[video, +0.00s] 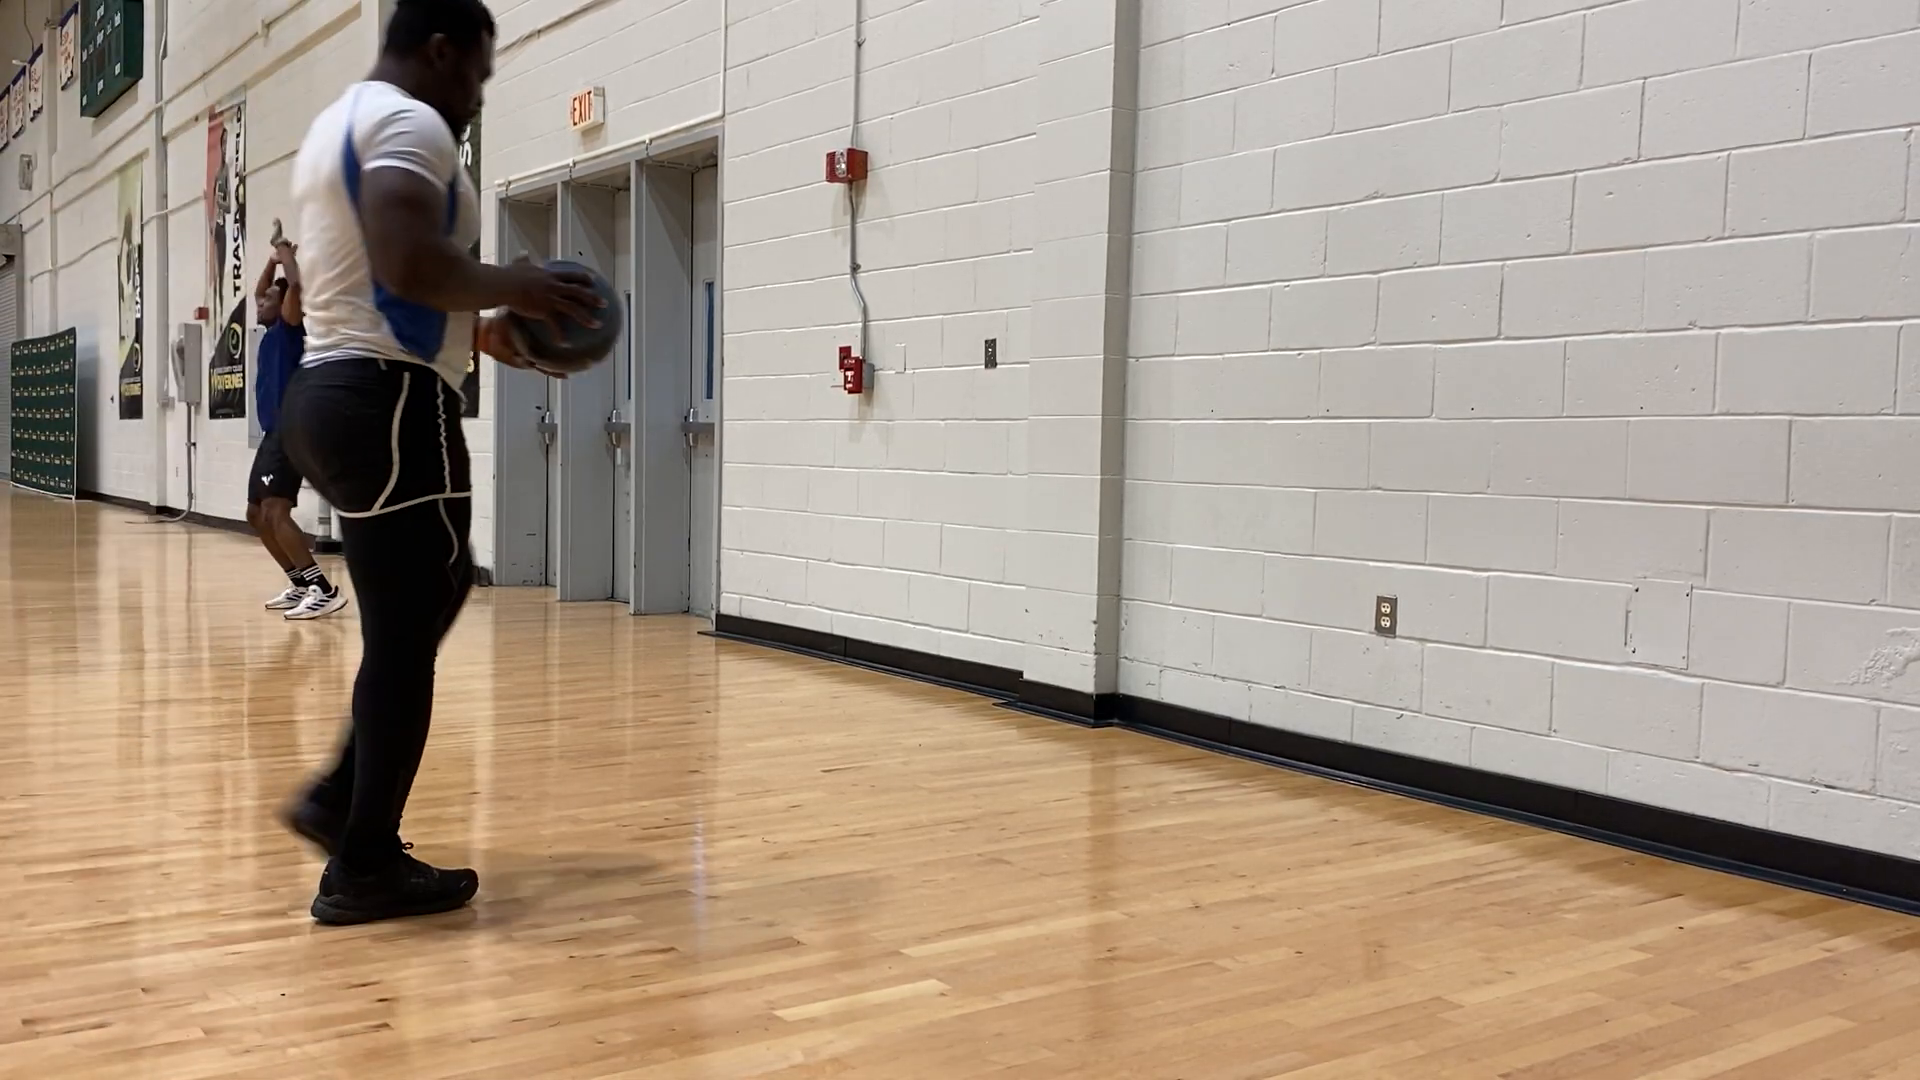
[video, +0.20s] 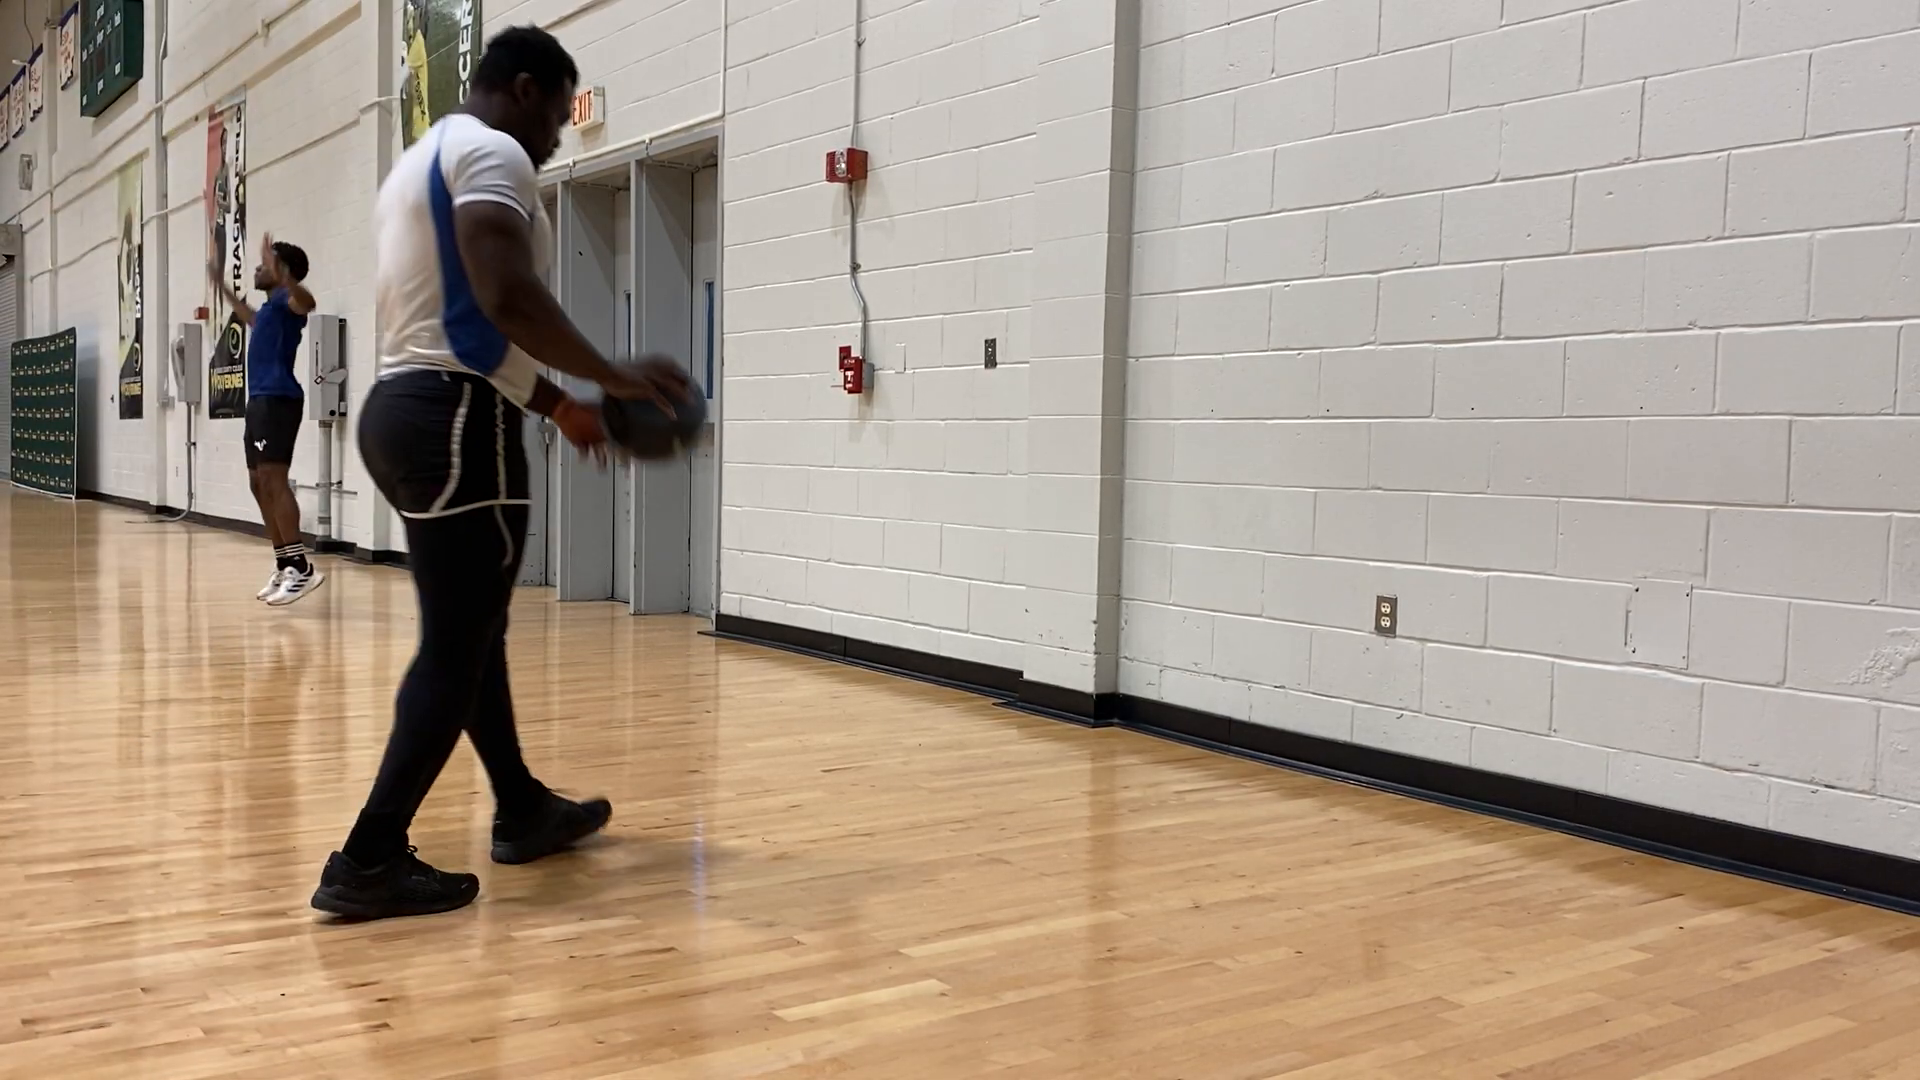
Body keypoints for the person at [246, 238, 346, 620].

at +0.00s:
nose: (263, 301)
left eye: (270, 297)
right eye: (264, 297)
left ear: (286, 300)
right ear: (269, 303)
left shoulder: (291, 323)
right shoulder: (273, 324)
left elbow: (294, 308)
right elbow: (260, 296)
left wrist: (289, 264)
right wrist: (274, 261)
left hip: (289, 425)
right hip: (272, 427)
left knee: (274, 512)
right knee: (256, 515)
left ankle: (320, 588)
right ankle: (300, 583)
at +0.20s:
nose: (257, 269)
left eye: (265, 264)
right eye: (260, 263)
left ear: (282, 271)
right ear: (268, 271)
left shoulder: (288, 300)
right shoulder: (265, 311)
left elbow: (306, 304)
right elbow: (246, 314)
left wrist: (280, 271)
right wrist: (221, 284)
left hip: (279, 399)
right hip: (260, 401)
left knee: (274, 481)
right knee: (258, 483)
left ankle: (302, 569)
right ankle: (284, 566)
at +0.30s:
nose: (250, 270)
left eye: (257, 266)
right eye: (253, 264)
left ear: (275, 275)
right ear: (267, 275)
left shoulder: (282, 305)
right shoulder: (263, 311)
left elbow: (305, 344)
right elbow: (257, 359)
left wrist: (281, 353)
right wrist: (222, 359)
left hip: (276, 405)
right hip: (258, 405)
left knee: (265, 487)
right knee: (253, 488)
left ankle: (287, 573)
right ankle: (279, 571)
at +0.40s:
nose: (242, 295)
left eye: (250, 290)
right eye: (245, 289)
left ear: (266, 300)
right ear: (261, 300)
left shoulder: (278, 337)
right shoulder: (257, 338)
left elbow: (299, 389)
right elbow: (258, 396)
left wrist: (274, 423)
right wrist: (236, 427)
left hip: (276, 431)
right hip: (255, 430)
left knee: (246, 508)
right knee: (239, 511)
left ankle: (288, 586)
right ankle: (284, 584)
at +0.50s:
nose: (240, 296)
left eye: (247, 292)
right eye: (242, 290)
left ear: (264, 302)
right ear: (260, 303)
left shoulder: (274, 339)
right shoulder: (255, 340)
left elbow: (291, 392)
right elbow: (256, 403)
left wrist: (262, 429)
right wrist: (228, 432)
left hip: (273, 435)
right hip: (255, 435)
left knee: (245, 511)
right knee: (236, 514)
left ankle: (288, 587)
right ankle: (284, 586)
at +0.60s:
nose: (241, 272)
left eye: (248, 267)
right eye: (244, 267)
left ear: (267, 276)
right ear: (262, 276)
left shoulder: (274, 309)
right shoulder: (252, 312)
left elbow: (281, 356)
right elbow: (242, 360)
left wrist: (235, 361)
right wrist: (201, 360)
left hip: (266, 410)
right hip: (248, 410)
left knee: (256, 490)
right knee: (247, 492)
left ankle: (282, 576)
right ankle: (273, 574)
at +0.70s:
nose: (239, 266)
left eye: (247, 261)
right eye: (240, 261)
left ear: (266, 271)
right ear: (252, 270)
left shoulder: (272, 297)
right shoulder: (247, 304)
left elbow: (274, 312)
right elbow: (230, 319)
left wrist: (227, 284)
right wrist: (200, 284)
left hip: (263, 401)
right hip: (243, 401)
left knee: (259, 482)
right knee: (244, 484)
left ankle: (282, 571)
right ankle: (265, 568)